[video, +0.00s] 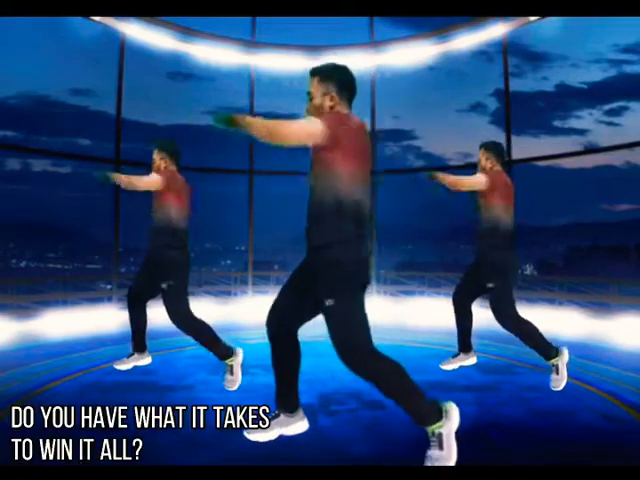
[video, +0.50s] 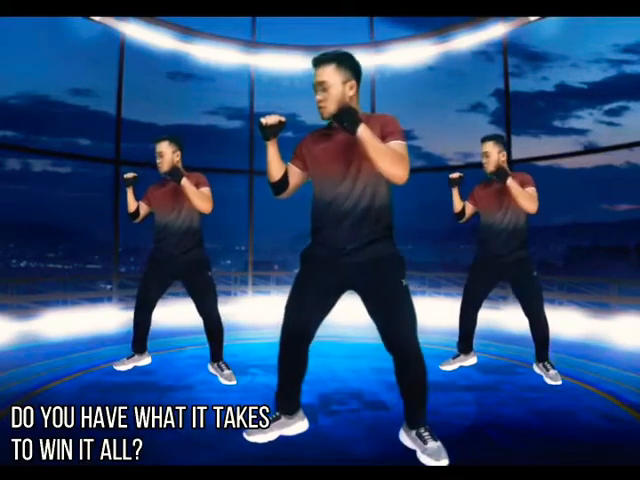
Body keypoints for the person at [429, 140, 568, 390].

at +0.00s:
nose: (479, 162)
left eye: (481, 158)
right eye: (480, 158)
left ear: (490, 160)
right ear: (497, 161)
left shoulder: (492, 178)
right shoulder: (502, 180)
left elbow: (457, 184)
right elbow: (464, 184)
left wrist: (440, 176)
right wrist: (443, 178)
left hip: (496, 259)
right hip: (493, 257)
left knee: (505, 316)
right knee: (461, 299)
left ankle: (555, 357)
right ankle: (465, 352)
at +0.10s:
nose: (478, 164)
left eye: (481, 160)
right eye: (478, 160)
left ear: (490, 160)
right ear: (495, 161)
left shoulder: (493, 178)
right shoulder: (500, 180)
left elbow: (456, 182)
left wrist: (436, 174)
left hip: (498, 259)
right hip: (491, 258)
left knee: (511, 315)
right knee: (459, 299)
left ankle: (559, 358)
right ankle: (465, 353)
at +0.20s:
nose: (474, 162)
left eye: (478, 158)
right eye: (473, 158)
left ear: (490, 158)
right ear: (479, 160)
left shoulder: (504, 179)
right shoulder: (479, 181)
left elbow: (500, 195)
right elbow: (470, 210)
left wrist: (479, 178)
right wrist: (469, 190)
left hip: (502, 255)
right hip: (483, 255)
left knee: (516, 310)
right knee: (461, 300)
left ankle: (558, 358)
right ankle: (465, 353)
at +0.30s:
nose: (474, 159)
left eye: (477, 154)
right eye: (474, 154)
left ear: (491, 154)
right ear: (483, 156)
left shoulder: (513, 179)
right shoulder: (482, 190)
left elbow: (518, 204)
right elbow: (463, 214)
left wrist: (496, 176)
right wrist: (456, 189)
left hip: (507, 256)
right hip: (483, 256)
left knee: (525, 309)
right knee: (464, 301)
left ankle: (548, 360)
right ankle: (465, 353)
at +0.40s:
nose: (480, 159)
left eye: (483, 154)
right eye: (479, 155)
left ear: (498, 155)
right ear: (482, 157)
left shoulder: (519, 180)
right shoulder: (481, 189)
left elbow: (527, 206)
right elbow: (459, 215)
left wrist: (503, 178)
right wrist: (453, 188)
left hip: (514, 258)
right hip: (485, 259)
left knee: (533, 311)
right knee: (466, 305)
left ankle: (543, 361)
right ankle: (465, 353)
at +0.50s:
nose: (484, 159)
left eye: (487, 154)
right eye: (482, 155)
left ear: (502, 155)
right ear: (483, 158)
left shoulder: (521, 180)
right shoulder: (482, 189)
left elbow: (531, 207)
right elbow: (462, 216)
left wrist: (508, 179)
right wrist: (455, 188)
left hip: (518, 259)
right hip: (488, 259)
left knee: (535, 311)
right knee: (469, 304)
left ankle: (542, 361)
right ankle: (465, 352)